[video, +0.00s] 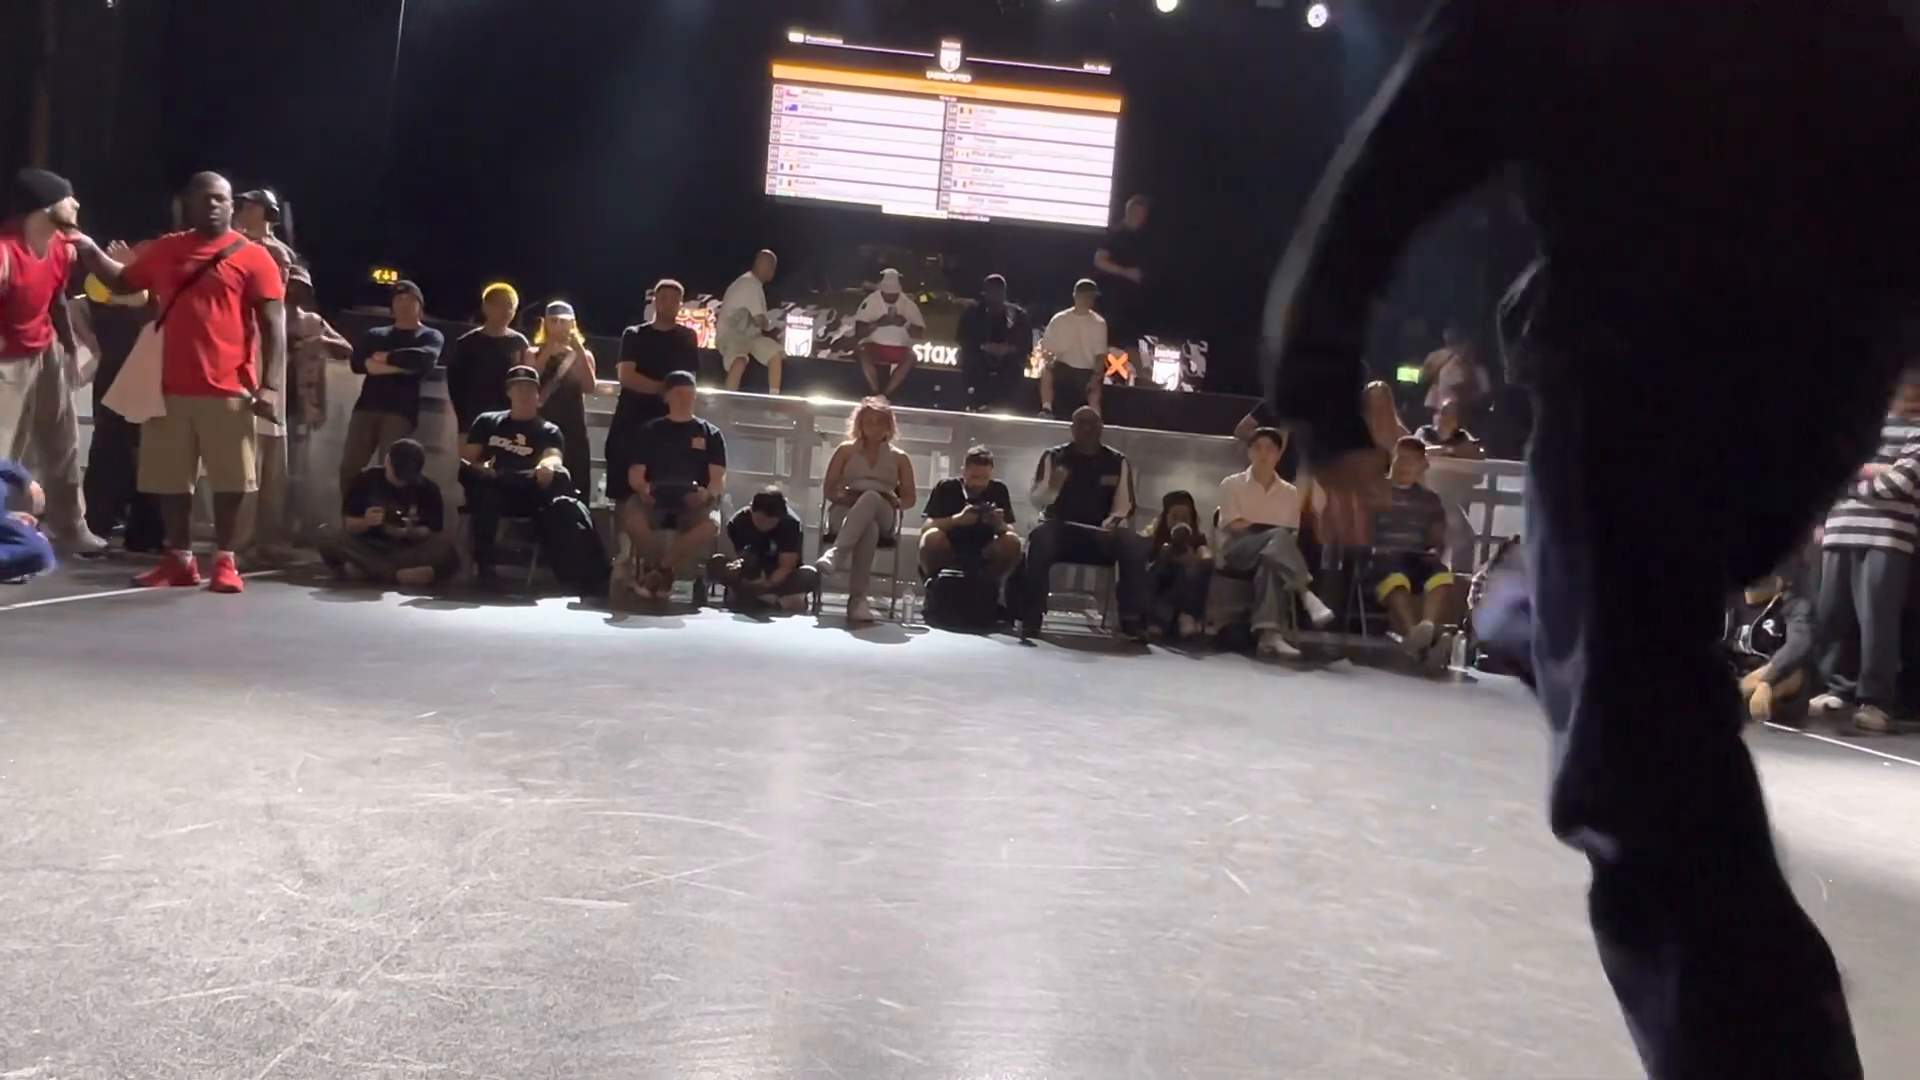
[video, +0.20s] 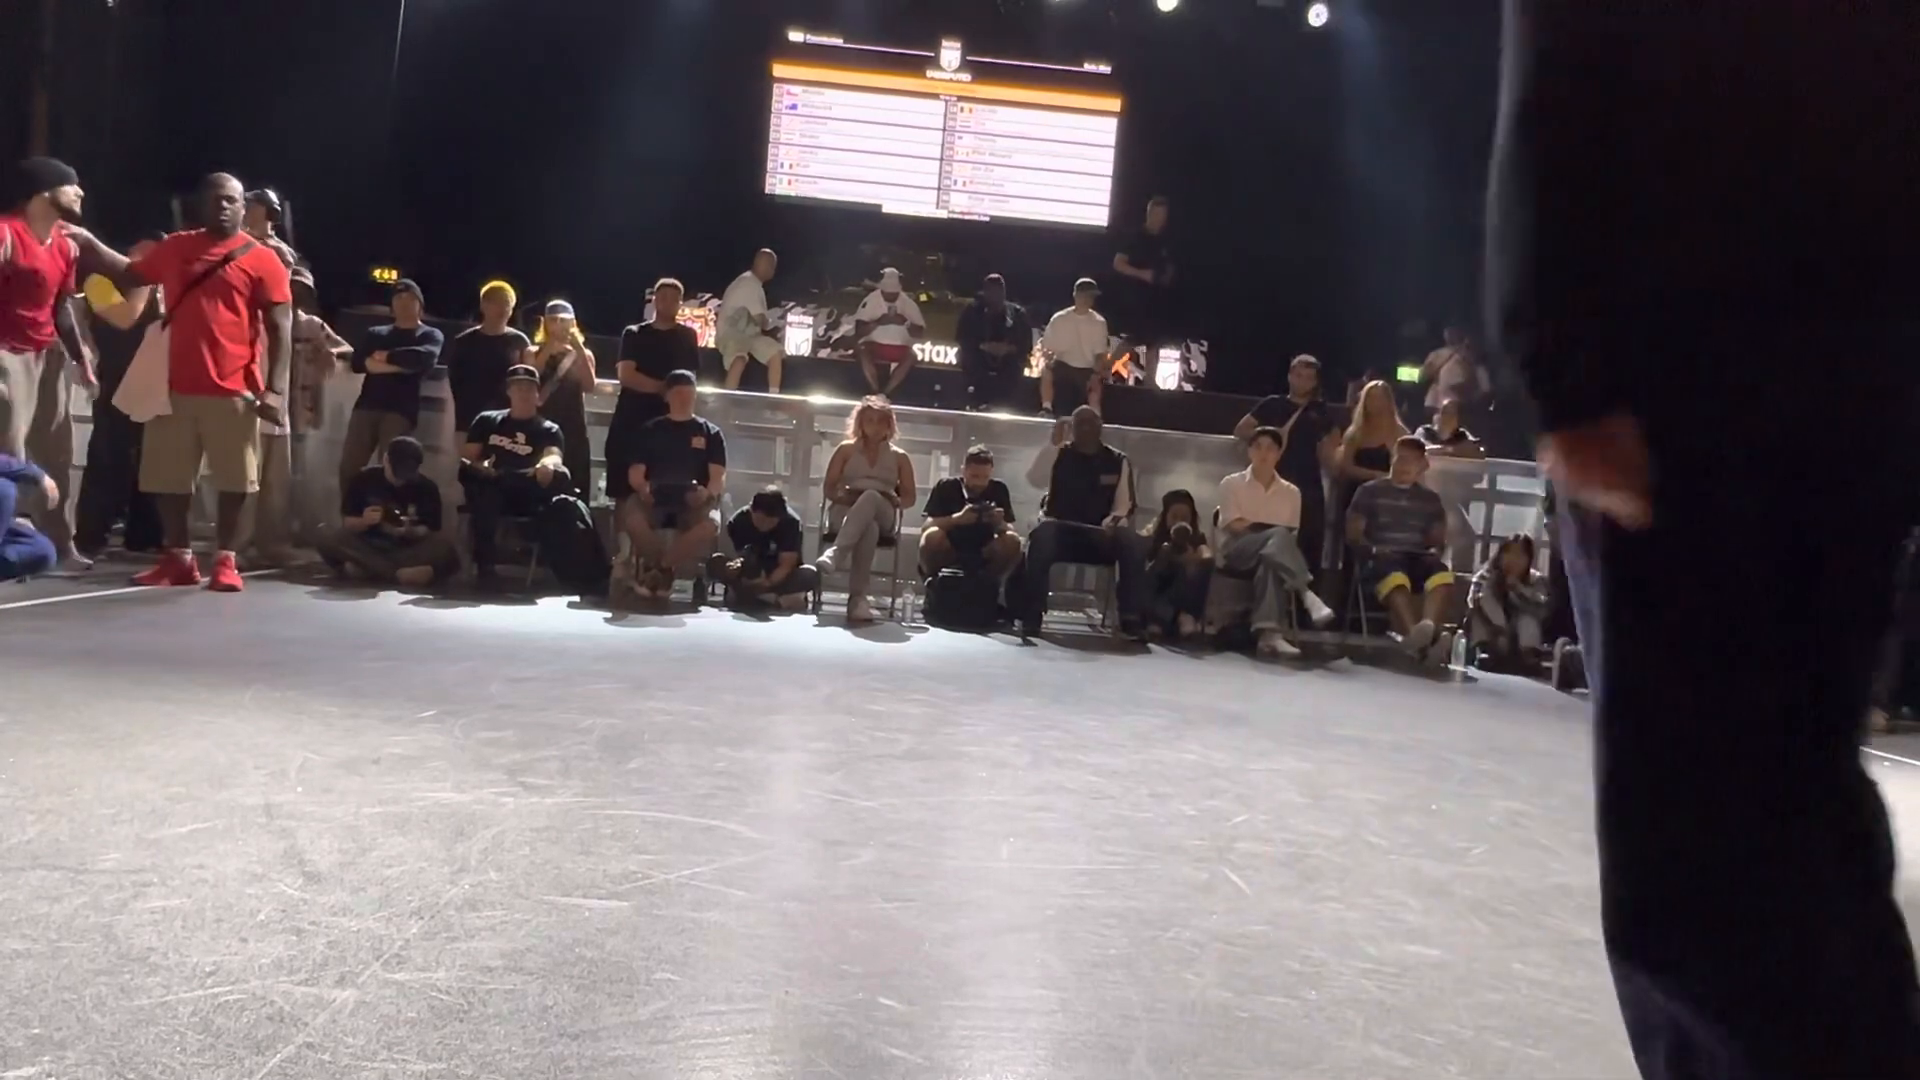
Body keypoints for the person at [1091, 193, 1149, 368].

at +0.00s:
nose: (1140, 217)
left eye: (1143, 213)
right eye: (1138, 212)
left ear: (1145, 216)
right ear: (1129, 212)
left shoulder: (1145, 237)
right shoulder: (1115, 232)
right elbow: (1099, 260)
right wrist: (1127, 272)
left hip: (1138, 296)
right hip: (1115, 295)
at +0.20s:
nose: (1160, 219)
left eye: (1163, 214)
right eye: (1156, 213)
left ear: (1166, 217)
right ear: (1148, 214)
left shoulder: (1164, 241)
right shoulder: (1135, 237)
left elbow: (1170, 265)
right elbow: (1118, 263)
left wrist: (1166, 275)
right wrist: (1143, 274)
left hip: (1156, 297)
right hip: (1135, 295)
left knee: (1154, 341)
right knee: (1134, 337)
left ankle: (1150, 380)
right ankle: (1107, 367)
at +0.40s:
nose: (1172, 218)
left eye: (1176, 214)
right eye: (1169, 213)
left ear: (1182, 216)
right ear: (1163, 215)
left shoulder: (1185, 241)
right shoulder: (1153, 238)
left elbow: (1190, 271)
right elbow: (1135, 263)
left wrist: (1179, 278)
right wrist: (1152, 274)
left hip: (1175, 294)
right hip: (1156, 294)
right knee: (1159, 337)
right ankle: (1154, 377)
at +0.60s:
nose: (1177, 220)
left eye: (1181, 215)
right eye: (1174, 215)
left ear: (1187, 218)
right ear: (1168, 217)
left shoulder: (1194, 243)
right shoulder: (1159, 242)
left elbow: (1202, 273)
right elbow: (1144, 270)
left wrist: (1187, 279)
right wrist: (1161, 278)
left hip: (1188, 306)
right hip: (1163, 305)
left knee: (1184, 344)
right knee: (1165, 344)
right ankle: (1165, 380)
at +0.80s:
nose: (1178, 222)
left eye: (1182, 218)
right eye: (1175, 218)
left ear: (1188, 220)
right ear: (1169, 220)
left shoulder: (1197, 246)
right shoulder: (1161, 246)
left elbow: (1204, 275)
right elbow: (1149, 275)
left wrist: (1189, 277)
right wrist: (1168, 277)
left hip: (1189, 306)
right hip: (1166, 305)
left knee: (1184, 350)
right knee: (1167, 349)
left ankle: (1179, 387)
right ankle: (1166, 386)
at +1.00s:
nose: (1176, 224)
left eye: (1179, 220)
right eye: (1172, 220)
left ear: (1186, 222)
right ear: (1166, 221)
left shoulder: (1194, 246)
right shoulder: (1158, 246)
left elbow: (1202, 275)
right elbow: (1148, 277)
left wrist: (1183, 276)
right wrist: (1162, 271)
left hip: (1185, 306)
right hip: (1160, 305)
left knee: (1180, 350)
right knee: (1159, 349)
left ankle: (1175, 387)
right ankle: (1159, 386)